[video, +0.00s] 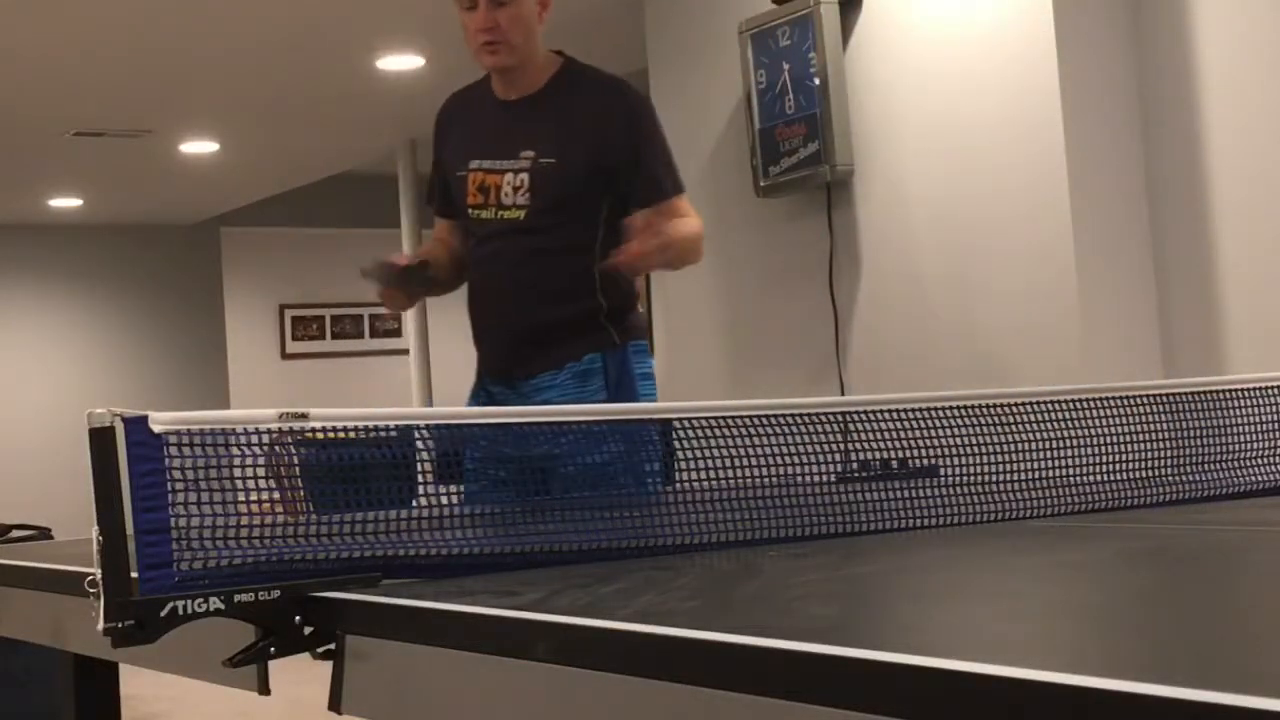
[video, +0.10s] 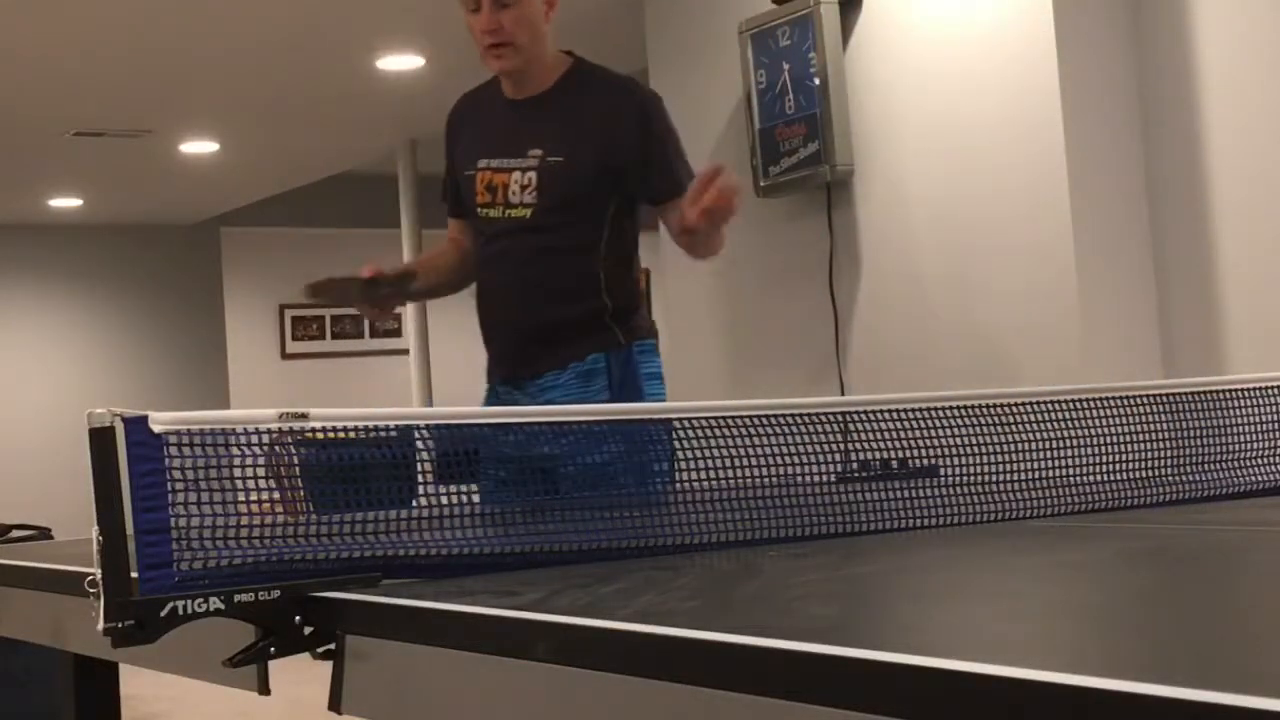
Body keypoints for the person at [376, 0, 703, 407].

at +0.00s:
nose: (485, 22)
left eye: (502, 4)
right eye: (471, 8)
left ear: (542, 9)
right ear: (460, 19)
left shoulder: (611, 104)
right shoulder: (458, 114)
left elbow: (687, 233)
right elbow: (451, 243)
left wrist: (656, 245)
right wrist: (415, 275)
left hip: (595, 374)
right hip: (499, 384)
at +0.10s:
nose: (488, 24)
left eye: (505, 5)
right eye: (475, 10)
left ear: (548, 7)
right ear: (464, 20)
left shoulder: (624, 105)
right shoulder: (469, 116)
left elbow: (698, 245)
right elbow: (463, 250)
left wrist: (702, 227)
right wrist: (404, 282)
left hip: (605, 375)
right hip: (512, 383)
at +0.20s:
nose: (488, 29)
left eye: (504, 8)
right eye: (476, 14)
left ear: (551, 9)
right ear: (468, 24)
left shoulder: (628, 105)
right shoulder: (478, 118)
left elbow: (712, 244)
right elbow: (478, 254)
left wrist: (694, 207)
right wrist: (396, 291)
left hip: (611, 375)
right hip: (519, 382)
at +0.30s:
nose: (485, 40)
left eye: (500, 19)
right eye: (475, 26)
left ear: (550, 13)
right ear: (467, 31)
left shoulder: (628, 106)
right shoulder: (486, 124)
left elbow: (703, 245)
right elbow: (488, 259)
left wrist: (644, 208)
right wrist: (402, 297)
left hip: (618, 371)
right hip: (529, 382)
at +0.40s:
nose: (480, 54)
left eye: (492, 33)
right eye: (472, 39)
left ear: (545, 20)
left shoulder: (627, 111)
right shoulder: (490, 131)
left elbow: (679, 247)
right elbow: (503, 263)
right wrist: (422, 303)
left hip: (623, 372)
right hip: (538, 385)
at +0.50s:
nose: (475, 61)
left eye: (486, 40)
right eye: (468, 45)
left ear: (539, 28)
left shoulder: (620, 113)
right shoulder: (493, 136)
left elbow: (654, 251)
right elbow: (512, 271)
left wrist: (516, 239)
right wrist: (448, 287)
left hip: (631, 373)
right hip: (548, 387)